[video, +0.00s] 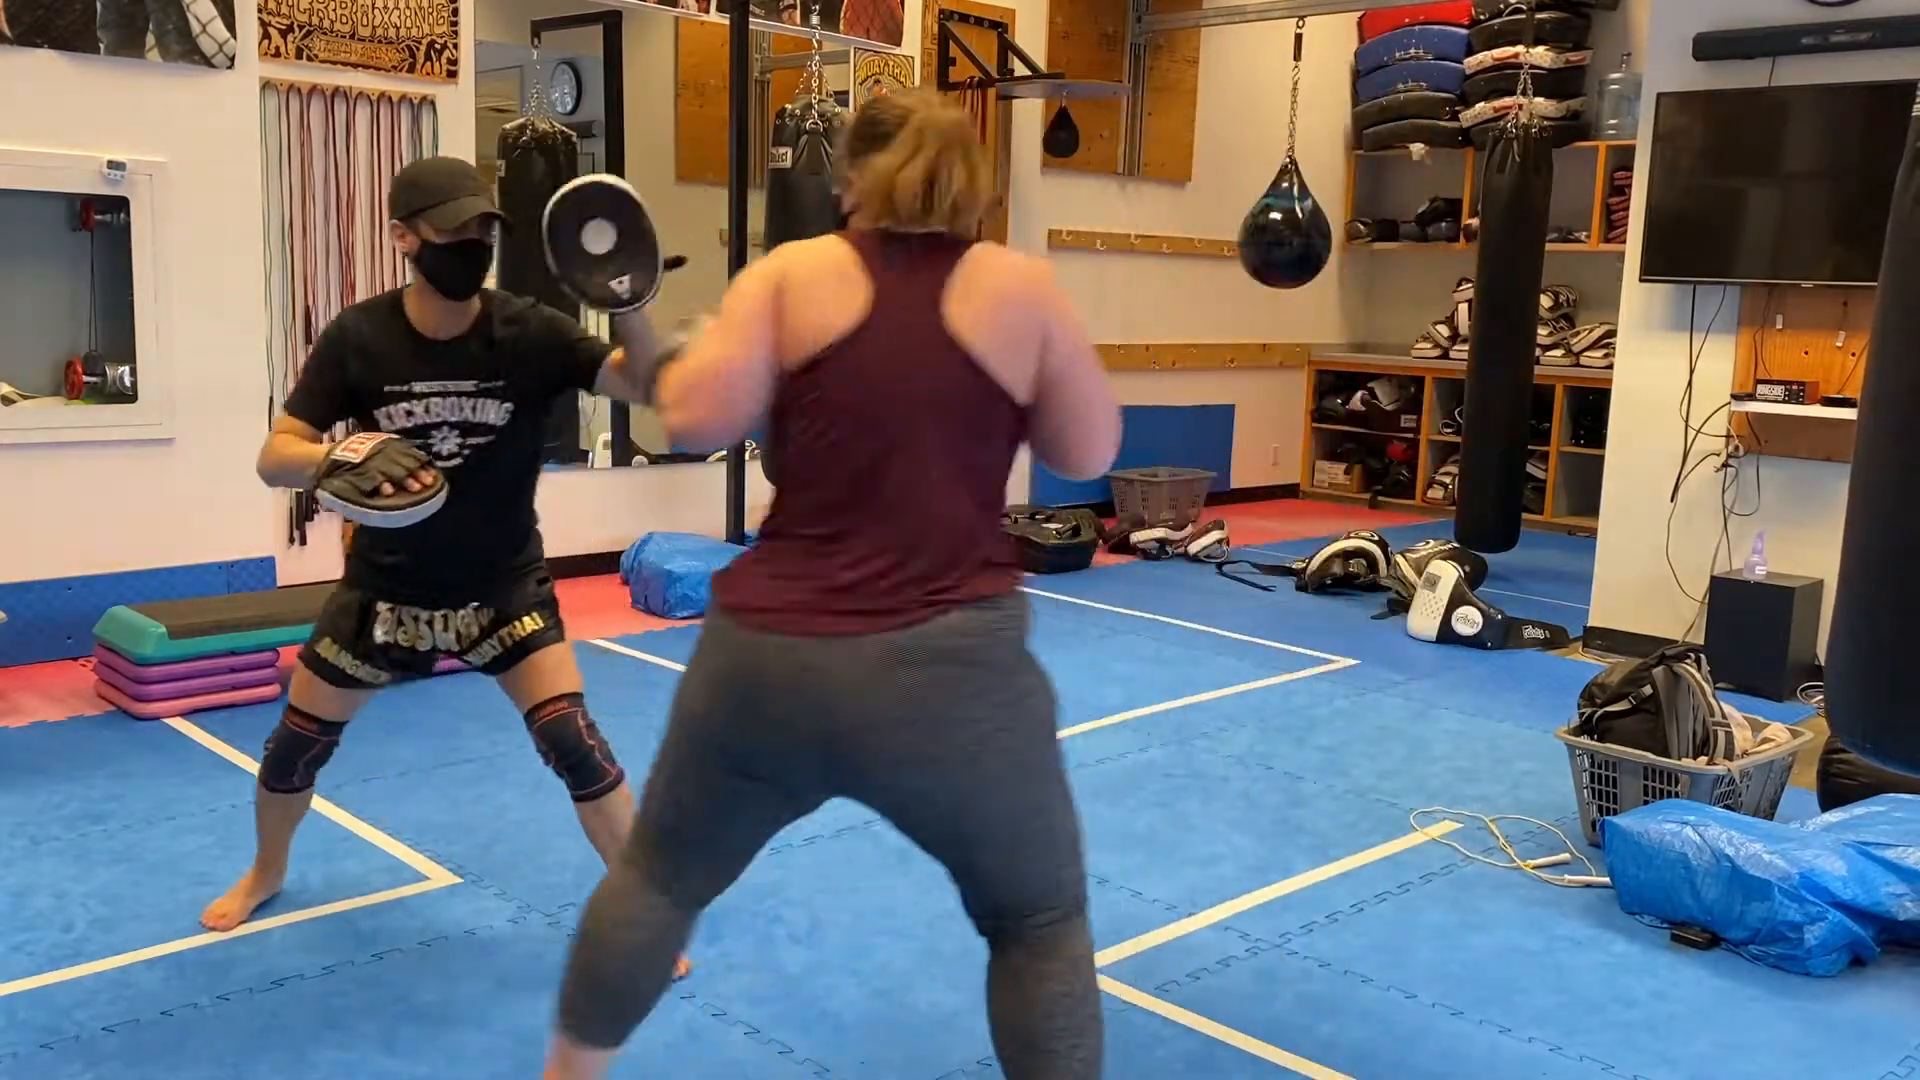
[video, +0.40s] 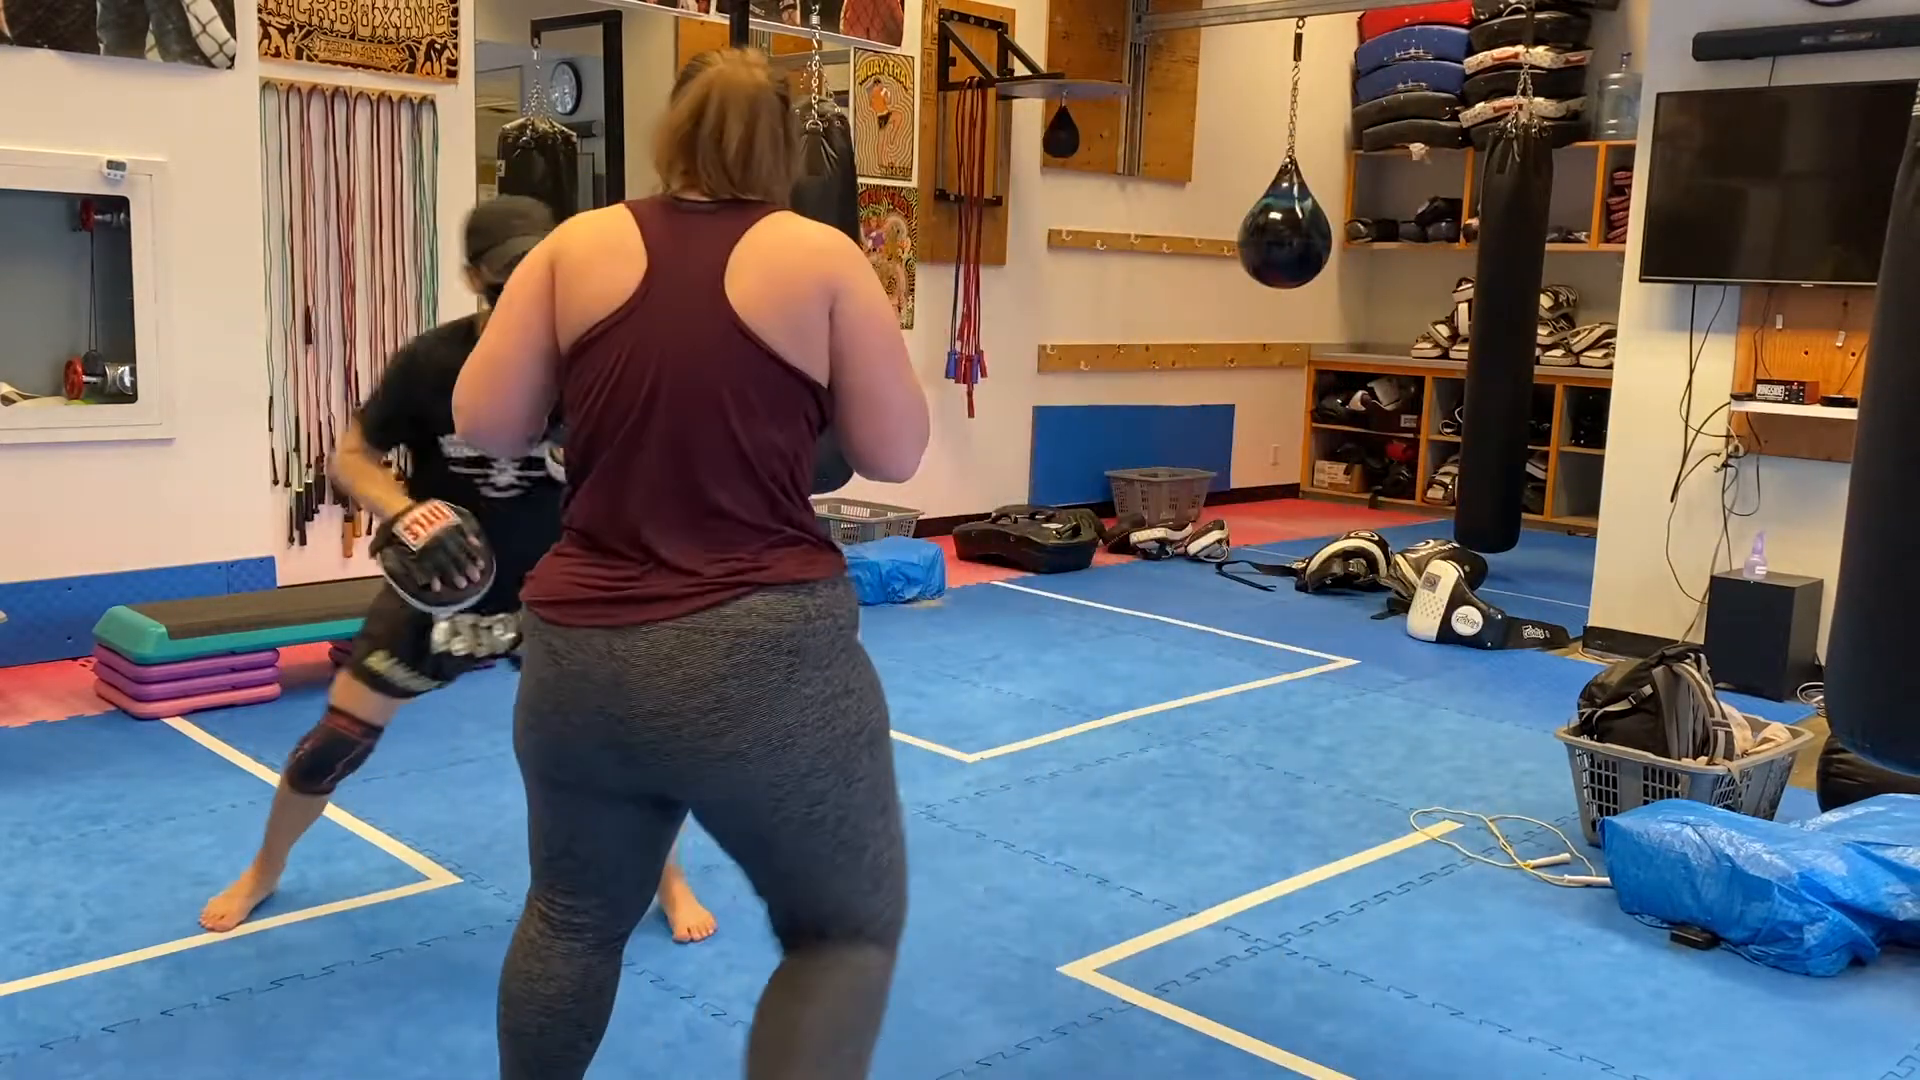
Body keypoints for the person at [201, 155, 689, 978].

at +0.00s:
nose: (475, 245)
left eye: (483, 228)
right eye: (454, 232)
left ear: (495, 228)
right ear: (405, 235)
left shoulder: (532, 335)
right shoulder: (358, 338)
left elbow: (642, 383)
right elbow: (277, 456)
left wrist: (628, 300)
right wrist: (337, 452)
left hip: (503, 581)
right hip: (383, 585)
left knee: (572, 743)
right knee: (293, 750)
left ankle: (653, 911)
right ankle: (267, 874)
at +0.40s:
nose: (531, 297)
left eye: (541, 279)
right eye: (511, 283)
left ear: (560, 274)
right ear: (481, 284)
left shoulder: (585, 357)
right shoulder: (432, 362)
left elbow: (630, 461)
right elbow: (352, 454)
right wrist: (404, 506)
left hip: (560, 584)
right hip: (441, 586)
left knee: (623, 731)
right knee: (335, 745)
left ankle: (669, 874)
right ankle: (264, 870)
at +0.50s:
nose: (577, 276)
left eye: (592, 257)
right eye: (562, 258)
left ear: (611, 258)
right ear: (532, 259)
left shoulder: (643, 342)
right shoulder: (501, 338)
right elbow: (438, 419)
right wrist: (455, 483)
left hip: (614, 566)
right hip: (514, 558)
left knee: (649, 716)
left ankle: (673, 872)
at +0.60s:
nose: (622, 255)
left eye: (633, 229)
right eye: (606, 233)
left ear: (663, 219)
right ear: (591, 233)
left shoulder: (712, 312)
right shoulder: (574, 301)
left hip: (675, 534)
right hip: (573, 524)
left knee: (679, 692)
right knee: (484, 675)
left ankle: (680, 863)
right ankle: (440, 838)